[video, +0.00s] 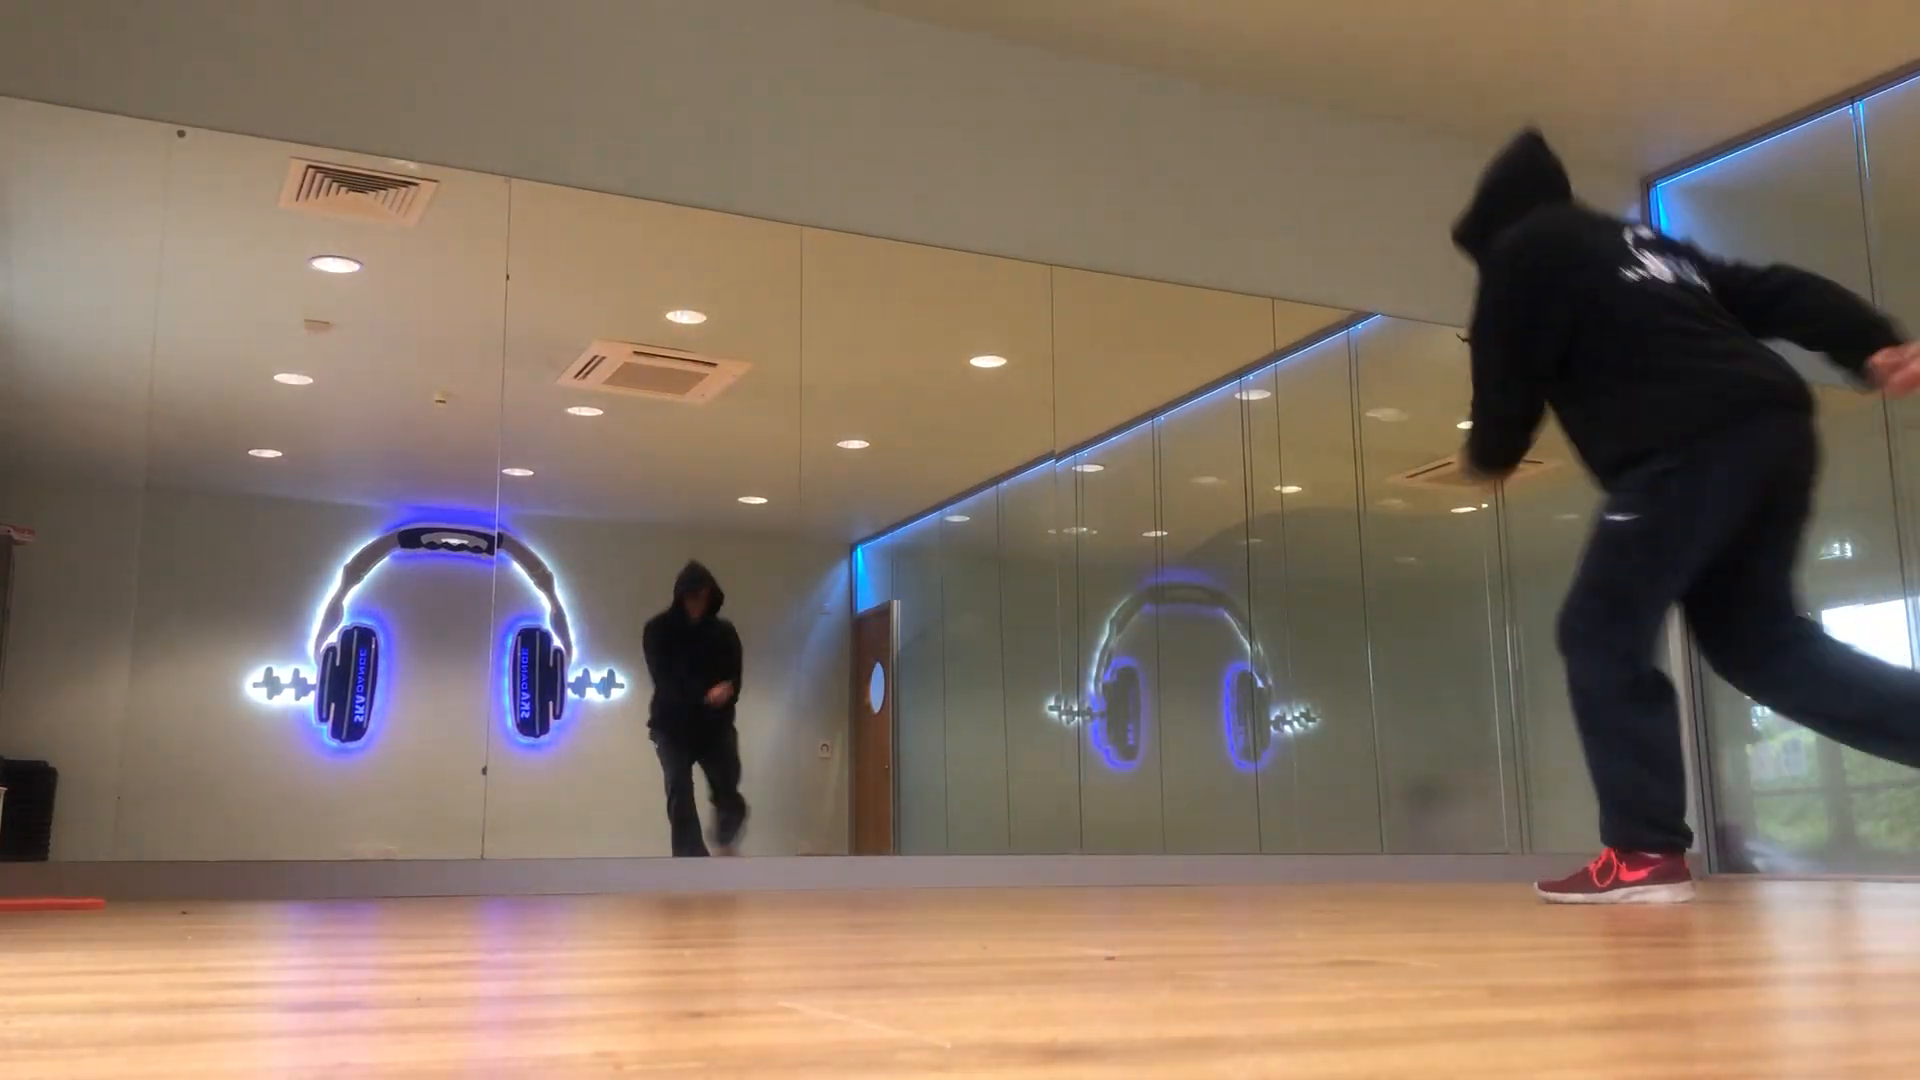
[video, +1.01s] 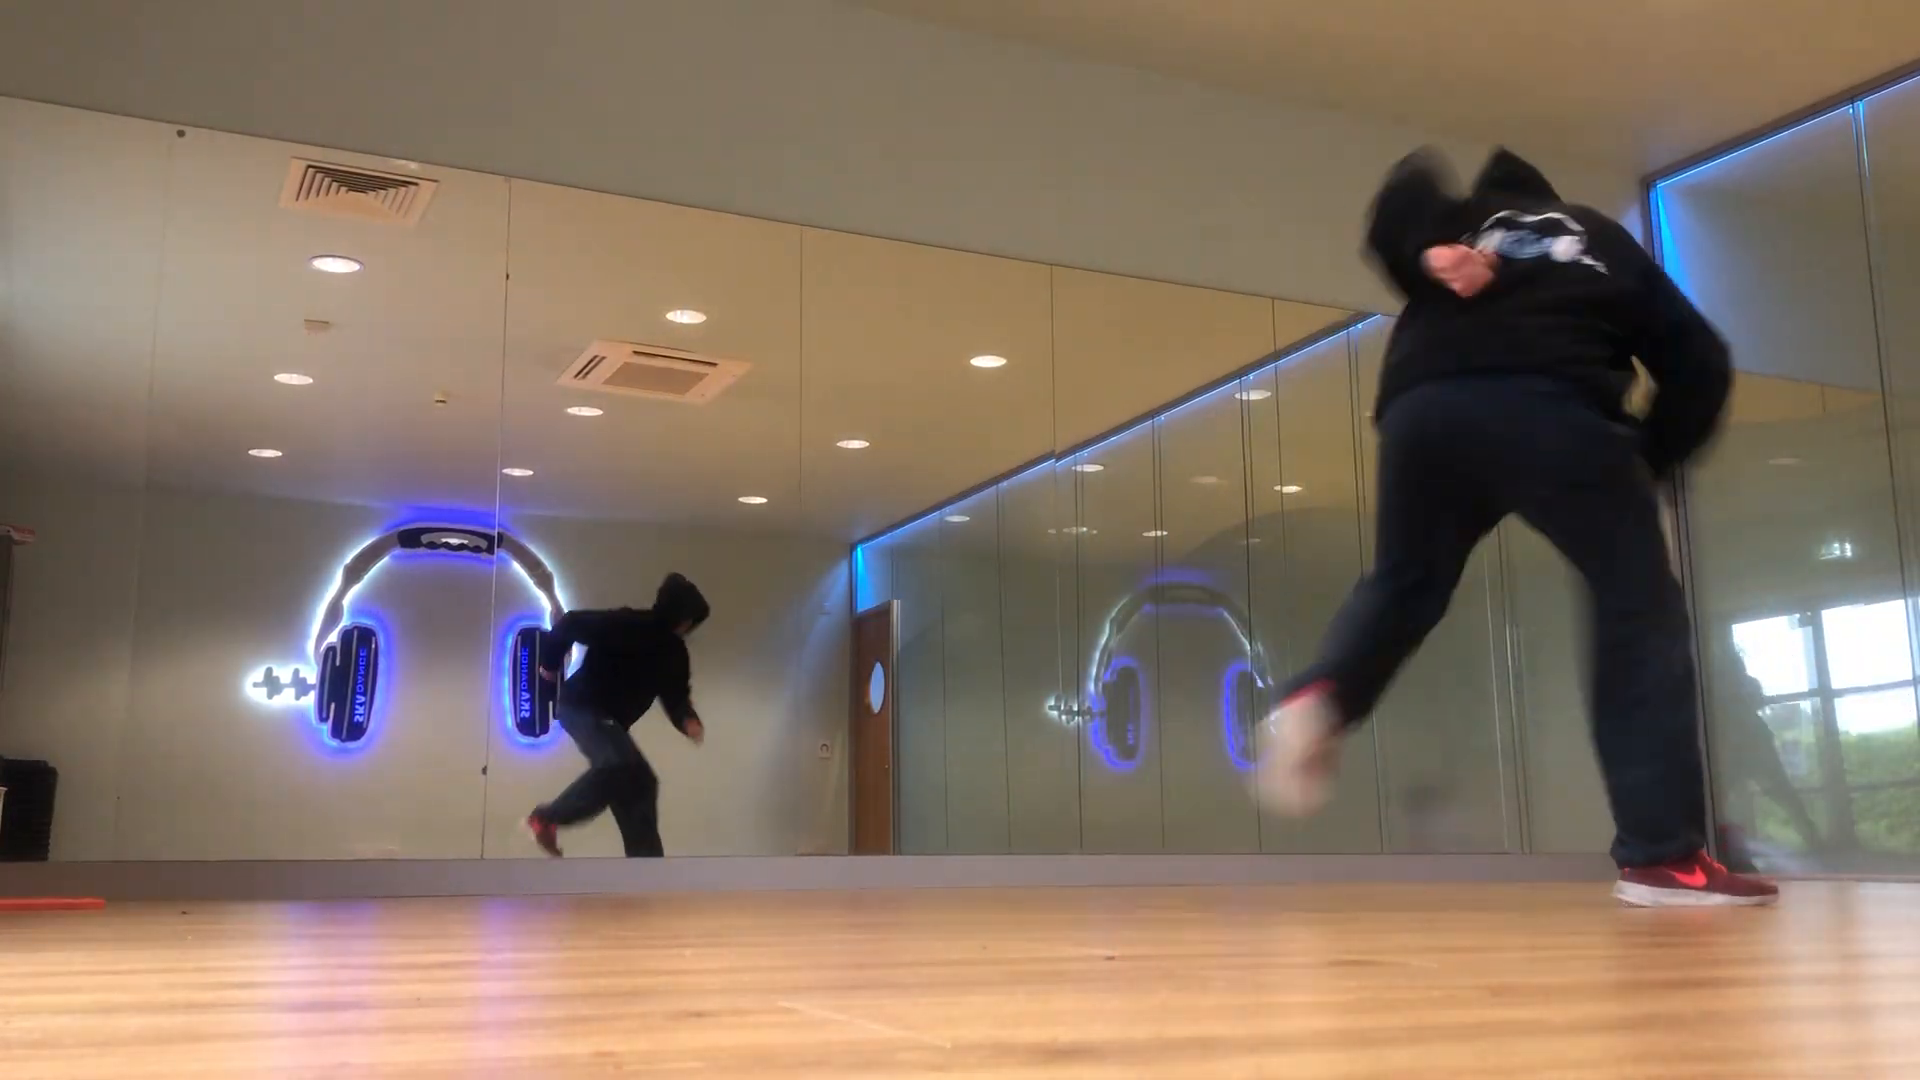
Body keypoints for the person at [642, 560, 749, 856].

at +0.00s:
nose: (696, 602)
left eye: (702, 595)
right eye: (690, 595)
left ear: (711, 596)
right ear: (680, 595)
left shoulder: (723, 631)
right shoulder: (659, 629)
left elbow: (734, 675)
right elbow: (663, 680)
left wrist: (726, 689)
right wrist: (703, 694)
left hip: (714, 722)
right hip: (672, 723)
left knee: (725, 786)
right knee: (679, 791)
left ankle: (725, 838)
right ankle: (691, 859)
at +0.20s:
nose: (699, 588)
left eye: (704, 582)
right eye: (695, 580)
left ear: (707, 583)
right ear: (679, 577)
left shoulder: (700, 620)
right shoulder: (652, 608)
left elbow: (704, 667)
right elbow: (606, 640)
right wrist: (606, 685)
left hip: (664, 710)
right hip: (637, 705)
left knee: (648, 789)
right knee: (661, 781)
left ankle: (596, 860)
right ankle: (625, 863)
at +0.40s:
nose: (699, 602)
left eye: (703, 596)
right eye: (697, 594)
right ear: (683, 591)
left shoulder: (683, 640)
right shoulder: (642, 616)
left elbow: (673, 698)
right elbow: (616, 672)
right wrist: (659, 691)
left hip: (632, 712)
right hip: (605, 705)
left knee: (636, 791)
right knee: (640, 788)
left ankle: (572, 838)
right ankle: (608, 861)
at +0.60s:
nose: (677, 580)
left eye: (681, 576)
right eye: (677, 572)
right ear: (666, 565)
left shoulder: (652, 597)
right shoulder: (630, 589)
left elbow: (661, 641)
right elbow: (656, 642)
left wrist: (679, 617)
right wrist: (682, 616)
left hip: (614, 691)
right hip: (596, 685)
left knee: (645, 759)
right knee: (597, 763)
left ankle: (581, 801)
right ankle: (571, 848)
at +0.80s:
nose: (671, 618)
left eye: (674, 611)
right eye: (670, 610)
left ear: (644, 596)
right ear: (659, 604)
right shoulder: (640, 624)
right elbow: (662, 666)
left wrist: (649, 717)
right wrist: (665, 689)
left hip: (573, 713)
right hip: (588, 717)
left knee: (627, 782)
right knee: (565, 798)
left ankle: (649, 869)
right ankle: (509, 867)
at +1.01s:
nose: (688, 628)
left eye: (691, 623)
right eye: (689, 621)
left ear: (667, 609)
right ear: (680, 615)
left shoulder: (674, 652)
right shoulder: (628, 622)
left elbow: (675, 692)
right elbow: (571, 622)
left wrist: (686, 718)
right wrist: (550, 662)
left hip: (611, 721)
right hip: (581, 708)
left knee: (640, 783)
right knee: (618, 768)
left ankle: (649, 872)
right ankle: (547, 818)